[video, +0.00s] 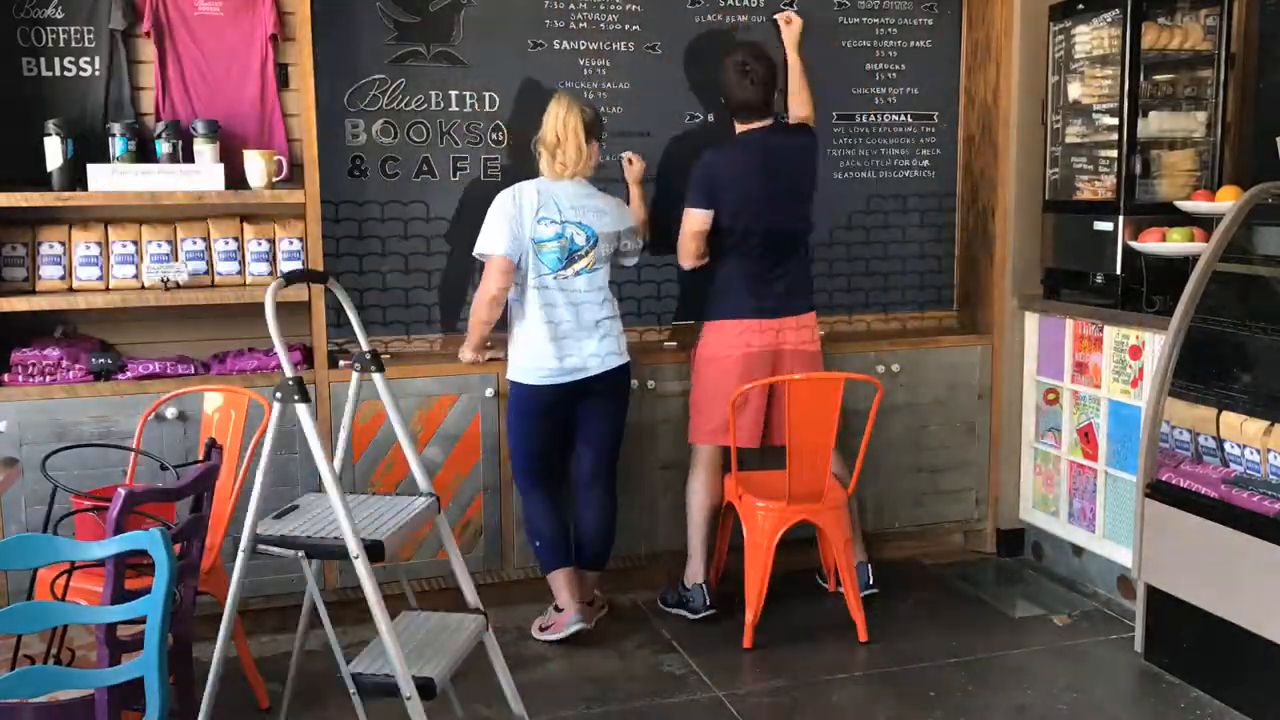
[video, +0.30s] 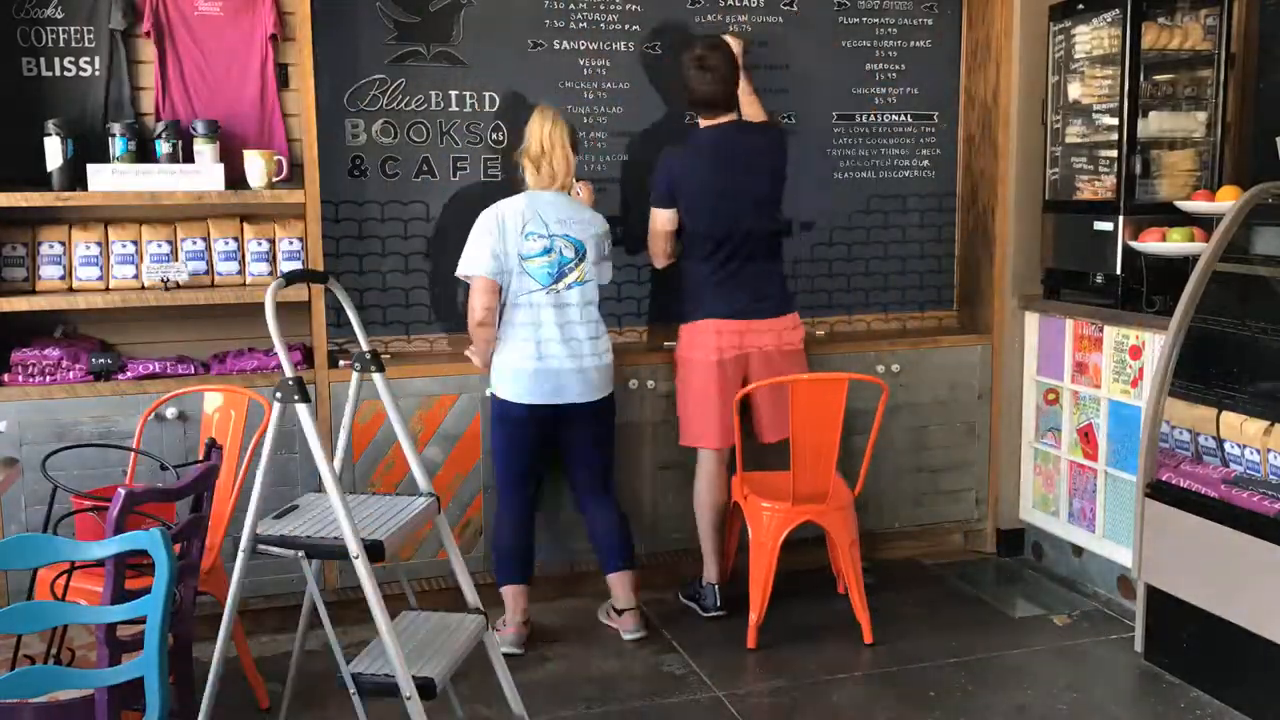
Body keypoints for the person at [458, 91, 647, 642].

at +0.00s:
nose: (595, 148)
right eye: (596, 140)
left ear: (540, 141)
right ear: (592, 144)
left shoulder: (514, 201)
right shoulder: (612, 207)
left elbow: (497, 285)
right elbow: (633, 250)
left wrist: (473, 342)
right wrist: (636, 189)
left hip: (538, 372)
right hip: (606, 367)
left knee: (535, 483)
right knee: (596, 477)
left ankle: (568, 607)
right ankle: (588, 594)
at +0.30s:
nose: (566, 161)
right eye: (568, 151)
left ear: (522, 154)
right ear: (571, 154)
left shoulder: (497, 218)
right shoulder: (593, 221)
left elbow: (484, 312)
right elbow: (598, 279)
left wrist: (483, 356)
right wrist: (585, 212)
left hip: (521, 388)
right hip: (588, 386)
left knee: (513, 500)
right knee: (597, 492)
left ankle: (514, 623)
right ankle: (626, 610)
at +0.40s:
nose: (583, 156)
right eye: (584, 147)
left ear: (536, 153)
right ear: (586, 153)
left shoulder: (512, 220)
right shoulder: (612, 216)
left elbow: (499, 311)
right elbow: (624, 271)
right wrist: (618, 208)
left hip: (540, 386)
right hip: (605, 382)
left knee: (563, 498)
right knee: (609, 490)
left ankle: (589, 624)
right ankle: (618, 611)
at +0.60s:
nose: (577, 139)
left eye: (574, 128)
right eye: (573, 129)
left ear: (515, 133)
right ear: (559, 134)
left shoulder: (488, 202)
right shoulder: (595, 202)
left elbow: (501, 285)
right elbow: (620, 293)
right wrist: (570, 279)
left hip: (522, 372)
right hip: (594, 371)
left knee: (515, 491)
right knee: (609, 487)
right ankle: (624, 605)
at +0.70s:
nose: (594, 138)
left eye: (589, 130)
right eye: (588, 131)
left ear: (535, 144)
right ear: (579, 141)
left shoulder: (527, 208)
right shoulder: (615, 191)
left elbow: (520, 298)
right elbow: (662, 208)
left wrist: (507, 347)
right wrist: (638, 156)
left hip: (570, 371)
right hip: (637, 361)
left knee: (563, 486)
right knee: (649, 475)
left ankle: (558, 610)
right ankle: (658, 599)